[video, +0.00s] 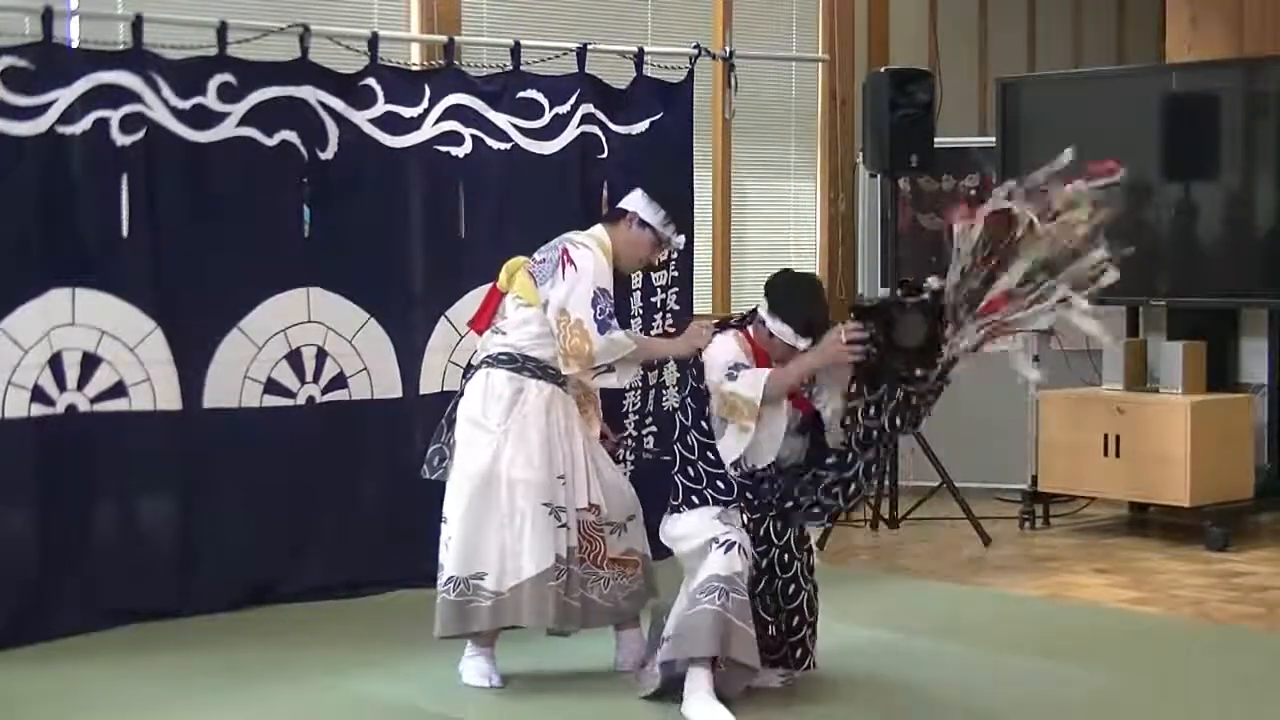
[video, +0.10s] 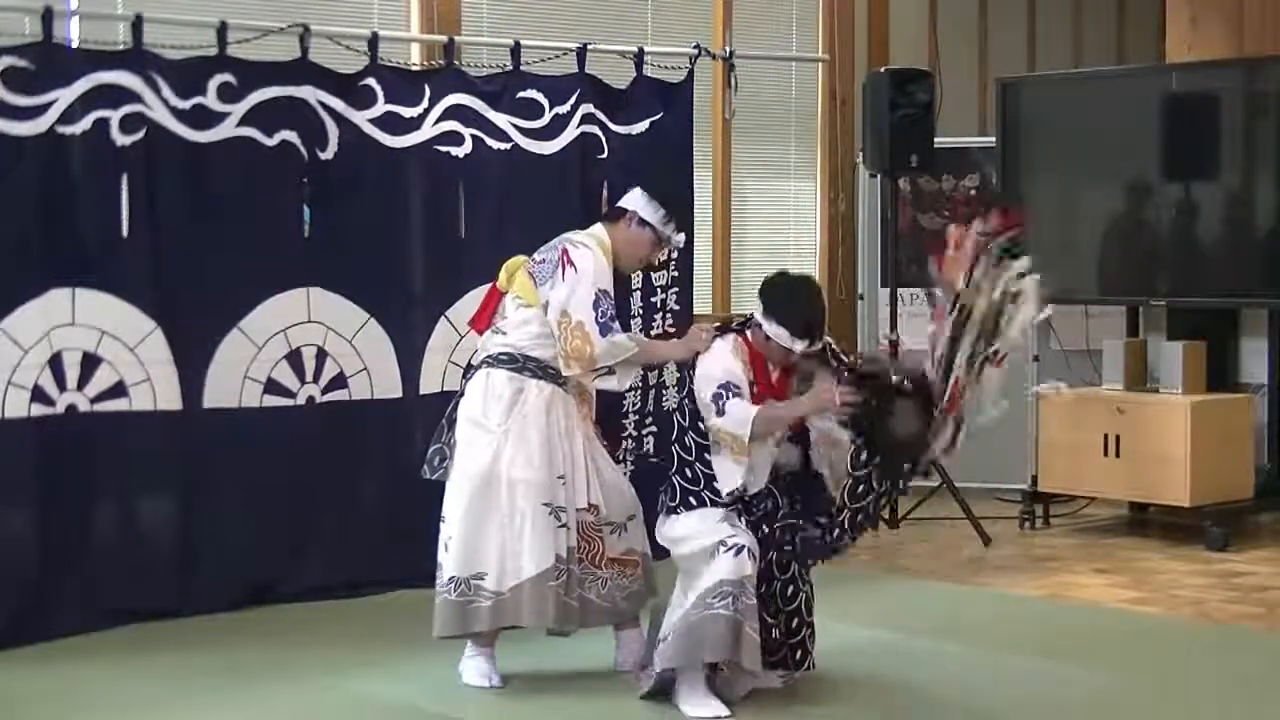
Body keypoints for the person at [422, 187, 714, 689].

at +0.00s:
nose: (652, 262)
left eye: (659, 253)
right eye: (655, 248)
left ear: (627, 225)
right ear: (631, 224)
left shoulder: (583, 257)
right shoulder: (583, 258)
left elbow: (580, 357)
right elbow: (590, 345)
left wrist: (590, 419)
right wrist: (674, 346)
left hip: (545, 402)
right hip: (512, 399)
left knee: (617, 505)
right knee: (501, 521)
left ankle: (633, 648)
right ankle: (479, 652)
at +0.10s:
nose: (652, 260)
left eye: (659, 251)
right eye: (655, 246)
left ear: (627, 224)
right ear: (631, 222)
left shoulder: (585, 258)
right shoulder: (583, 258)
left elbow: (589, 358)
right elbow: (586, 350)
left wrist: (670, 348)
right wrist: (676, 349)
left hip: (545, 401)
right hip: (512, 398)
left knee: (616, 506)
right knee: (501, 520)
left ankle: (632, 648)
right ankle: (479, 652)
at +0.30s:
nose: (661, 252)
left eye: (666, 242)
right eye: (661, 237)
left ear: (628, 221)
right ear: (630, 219)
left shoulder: (584, 255)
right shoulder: (588, 258)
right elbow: (592, 345)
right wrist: (679, 356)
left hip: (543, 405)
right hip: (512, 402)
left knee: (616, 507)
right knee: (500, 522)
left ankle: (632, 649)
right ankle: (479, 651)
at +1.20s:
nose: (627, 195)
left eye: (630, 185)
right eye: (620, 182)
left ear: (597, 180)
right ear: (587, 173)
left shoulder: (584, 243)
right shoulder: (545, 226)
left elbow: (565, 334)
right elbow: (565, 291)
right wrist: (644, 281)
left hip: (557, 392)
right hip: (512, 392)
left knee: (625, 492)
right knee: (503, 516)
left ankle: (641, 624)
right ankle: (481, 646)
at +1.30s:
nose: (630, 186)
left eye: (634, 176)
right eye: (623, 173)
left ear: (603, 174)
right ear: (589, 166)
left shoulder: (590, 233)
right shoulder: (550, 222)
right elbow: (563, 284)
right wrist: (636, 260)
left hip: (574, 390)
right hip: (525, 391)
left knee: (621, 499)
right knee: (511, 514)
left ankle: (644, 623)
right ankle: (480, 645)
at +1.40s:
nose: (639, 180)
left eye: (643, 170)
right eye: (631, 167)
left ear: (631, 173)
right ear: (598, 161)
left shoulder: (612, 227)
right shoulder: (562, 219)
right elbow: (564, 281)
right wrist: (627, 246)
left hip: (601, 385)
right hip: (544, 386)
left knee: (637, 499)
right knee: (522, 510)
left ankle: (662, 625)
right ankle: (480, 647)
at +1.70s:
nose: (680, 168)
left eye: (684, 158)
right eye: (672, 154)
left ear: (686, 170)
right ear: (645, 165)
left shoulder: (688, 220)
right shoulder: (603, 214)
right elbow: (575, 262)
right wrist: (621, 211)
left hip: (658, 378)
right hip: (594, 377)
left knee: (672, 502)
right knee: (562, 504)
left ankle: (679, 630)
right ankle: (510, 640)